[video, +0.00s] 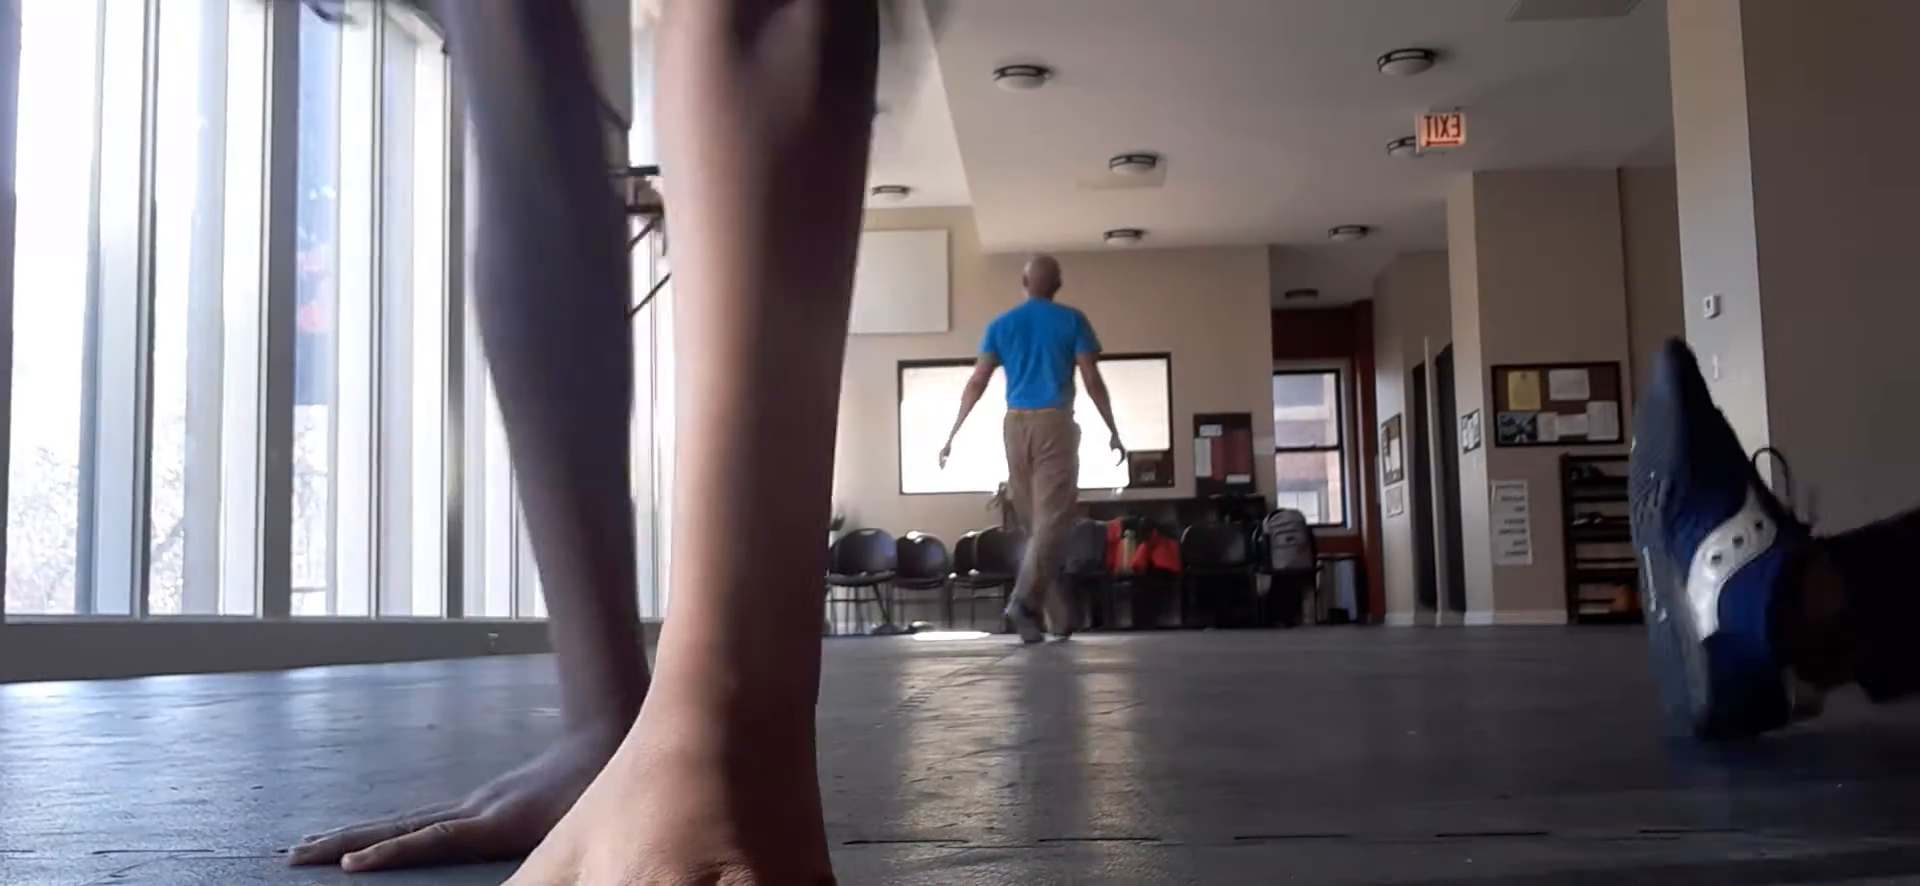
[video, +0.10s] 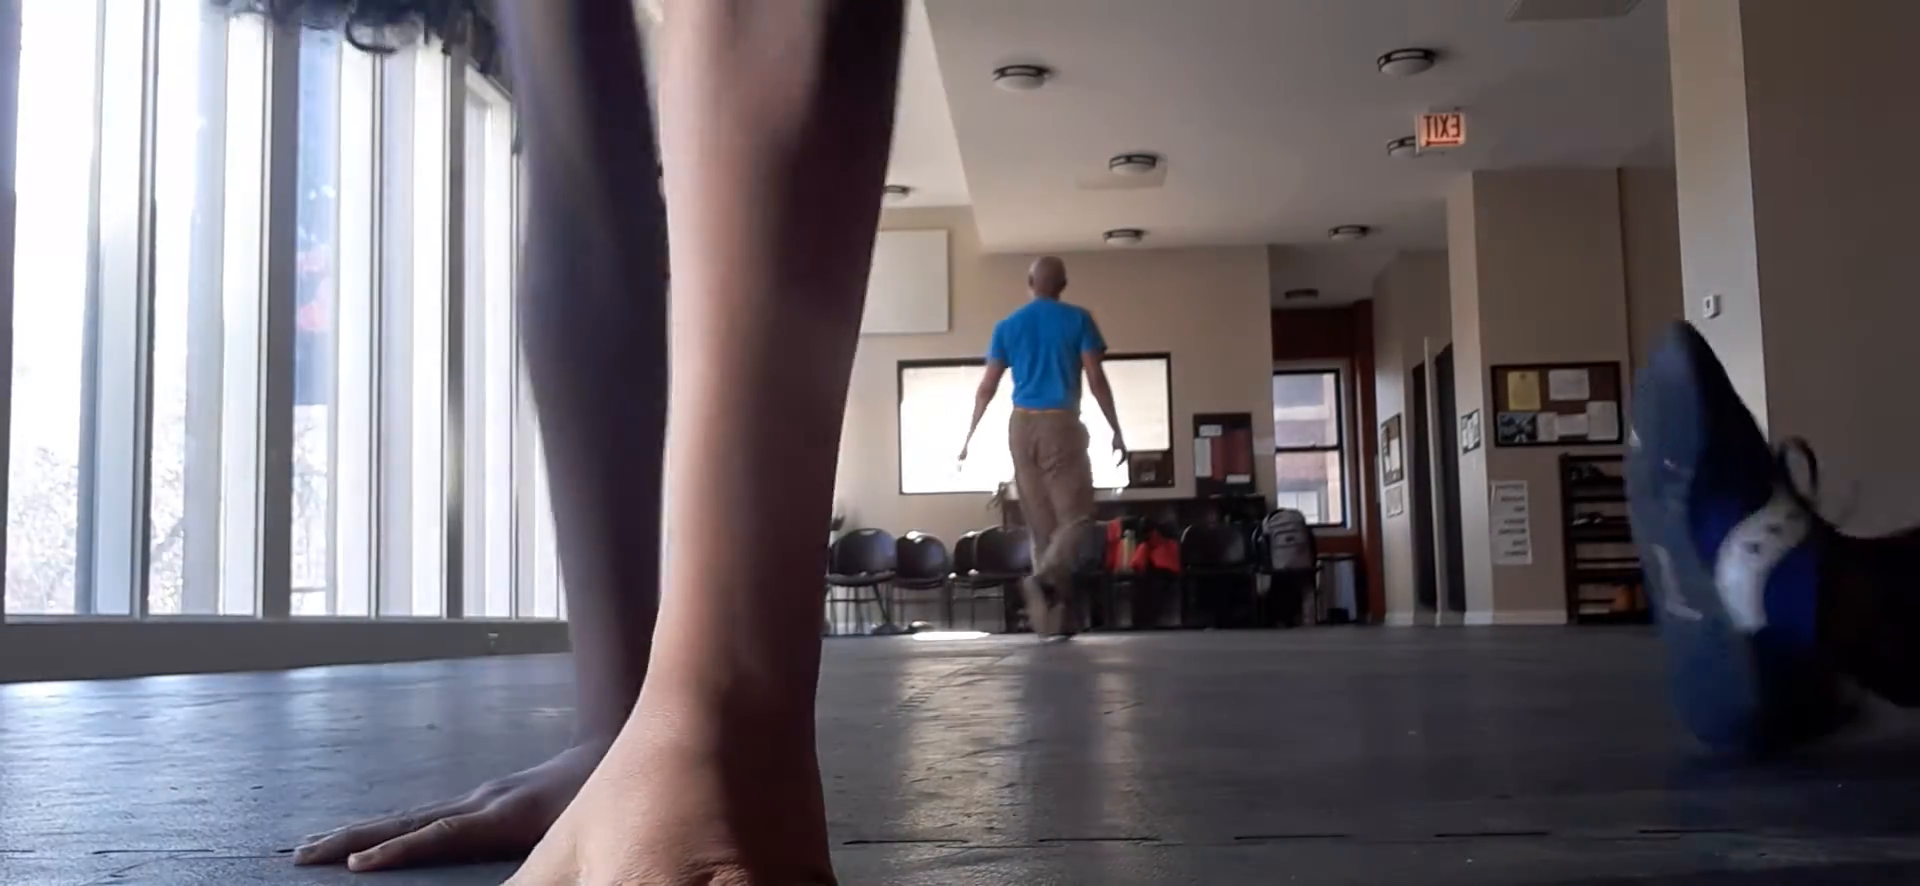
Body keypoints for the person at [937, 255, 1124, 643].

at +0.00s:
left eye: (1028, 277)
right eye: (1056, 280)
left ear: (1024, 283)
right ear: (1057, 286)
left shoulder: (1002, 324)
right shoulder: (1072, 319)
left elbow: (977, 382)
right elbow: (1091, 378)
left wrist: (952, 434)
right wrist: (1112, 429)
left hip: (1014, 426)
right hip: (1055, 425)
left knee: (1033, 521)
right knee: (1051, 516)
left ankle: (1061, 618)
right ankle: (1022, 604)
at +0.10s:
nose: (1034, 286)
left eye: (1031, 280)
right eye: (1056, 281)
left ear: (1029, 284)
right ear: (1063, 285)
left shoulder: (1009, 326)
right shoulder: (1078, 319)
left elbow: (986, 388)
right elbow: (1096, 380)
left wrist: (967, 438)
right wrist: (1116, 430)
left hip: (1021, 427)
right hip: (1060, 426)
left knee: (1040, 526)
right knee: (1077, 516)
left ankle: (1055, 623)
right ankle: (1043, 580)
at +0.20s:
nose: (1059, 288)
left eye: (1043, 281)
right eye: (1067, 284)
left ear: (1037, 286)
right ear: (1071, 287)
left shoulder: (1015, 326)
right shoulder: (1084, 320)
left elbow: (1000, 391)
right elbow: (1102, 380)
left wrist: (992, 437)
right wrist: (1121, 429)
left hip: (1027, 426)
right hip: (1069, 426)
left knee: (1046, 523)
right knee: (1093, 510)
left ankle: (1059, 621)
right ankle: (1072, 578)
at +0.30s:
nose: (1065, 292)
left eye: (1049, 284)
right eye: (1075, 288)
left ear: (1044, 288)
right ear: (1078, 290)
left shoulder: (1022, 327)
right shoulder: (1089, 322)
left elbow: (1012, 391)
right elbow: (1106, 380)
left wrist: (1022, 434)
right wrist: (1126, 432)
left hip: (1033, 426)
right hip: (1077, 426)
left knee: (1050, 524)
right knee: (1102, 511)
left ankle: (1058, 621)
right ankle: (1093, 600)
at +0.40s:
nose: (1062, 294)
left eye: (1056, 288)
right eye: (1081, 292)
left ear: (1052, 293)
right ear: (1085, 295)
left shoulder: (1031, 331)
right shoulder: (1097, 326)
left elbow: (1024, 393)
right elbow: (1112, 382)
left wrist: (1043, 422)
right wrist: (1134, 435)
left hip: (1043, 427)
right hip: (1087, 427)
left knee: (1054, 524)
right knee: (1104, 519)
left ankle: (1059, 620)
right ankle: (1119, 612)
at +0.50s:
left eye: (1068, 294)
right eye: (1092, 298)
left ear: (1062, 298)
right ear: (1095, 301)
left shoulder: (1040, 337)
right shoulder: (1107, 333)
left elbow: (1036, 397)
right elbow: (1122, 388)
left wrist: (1062, 415)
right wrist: (1144, 440)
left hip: (1054, 433)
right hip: (1098, 434)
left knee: (1058, 526)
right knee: (1110, 523)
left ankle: (1061, 621)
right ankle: (1131, 615)